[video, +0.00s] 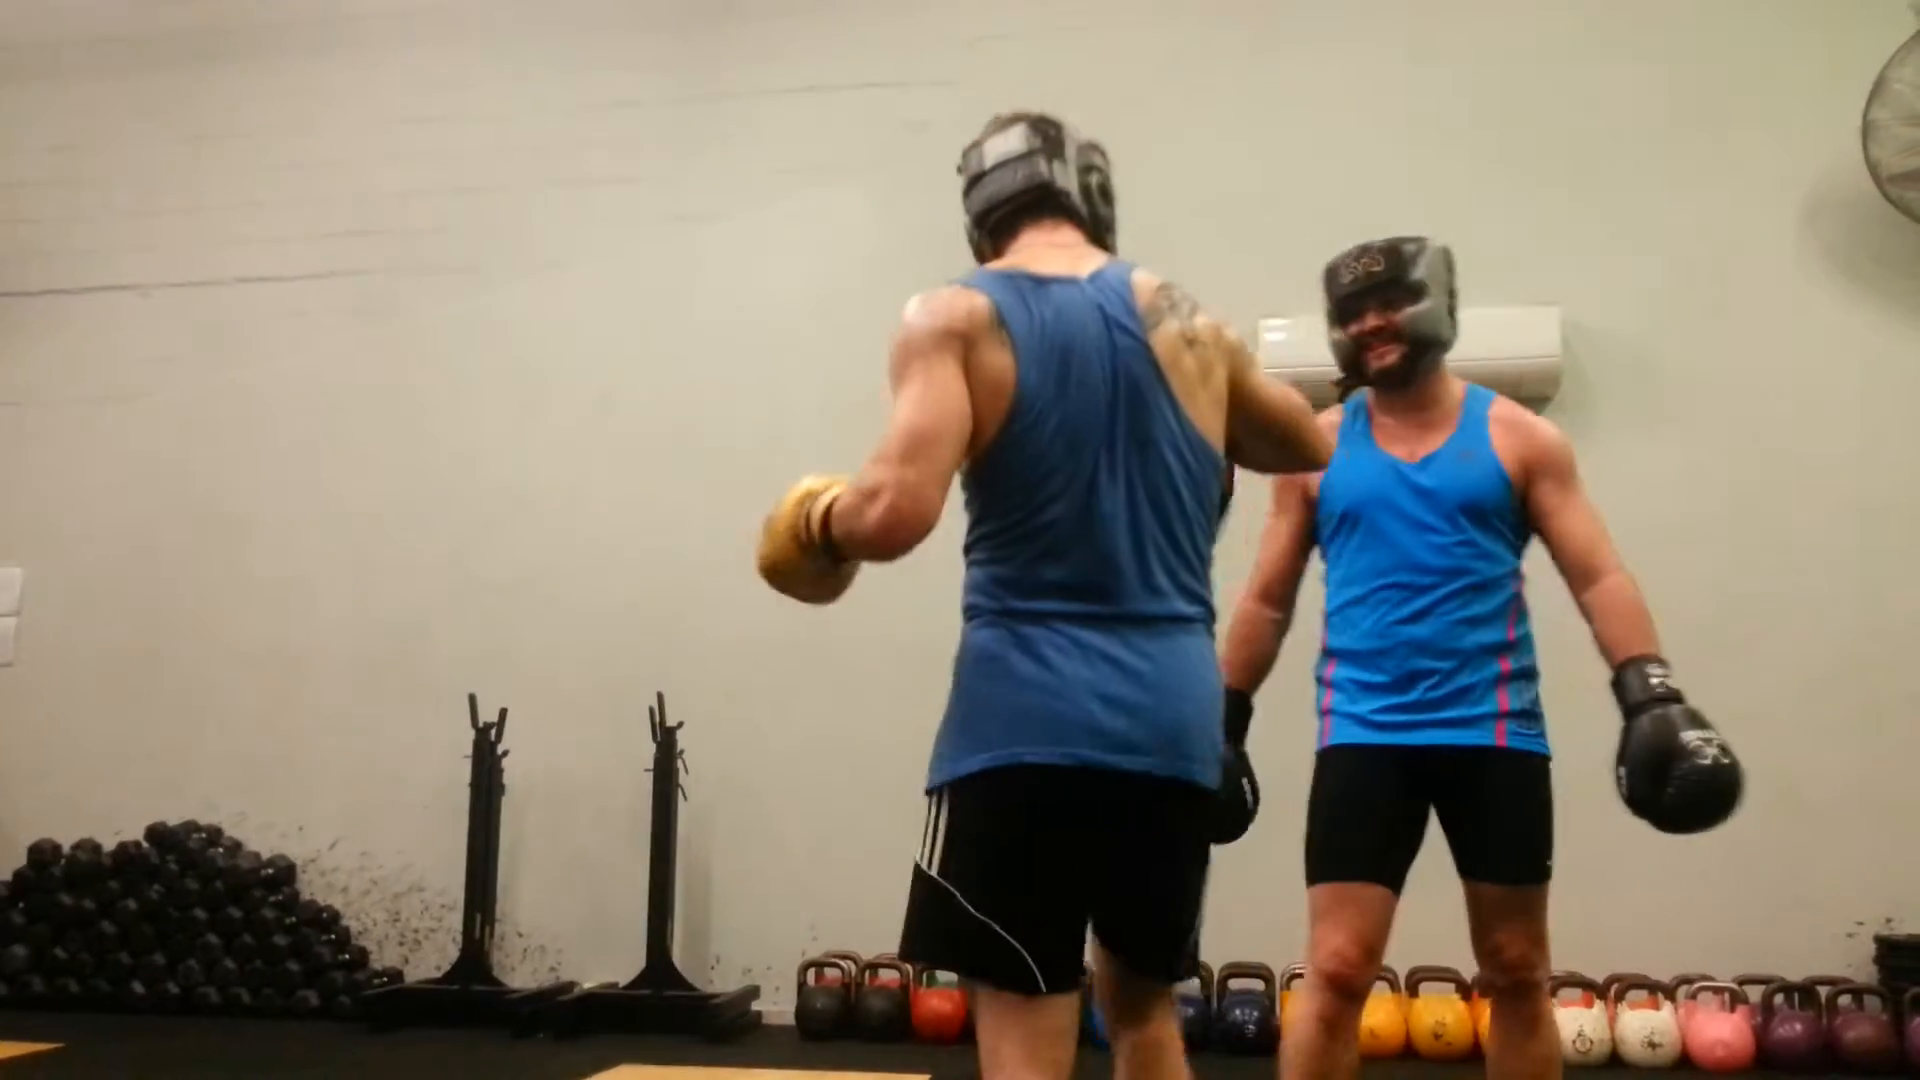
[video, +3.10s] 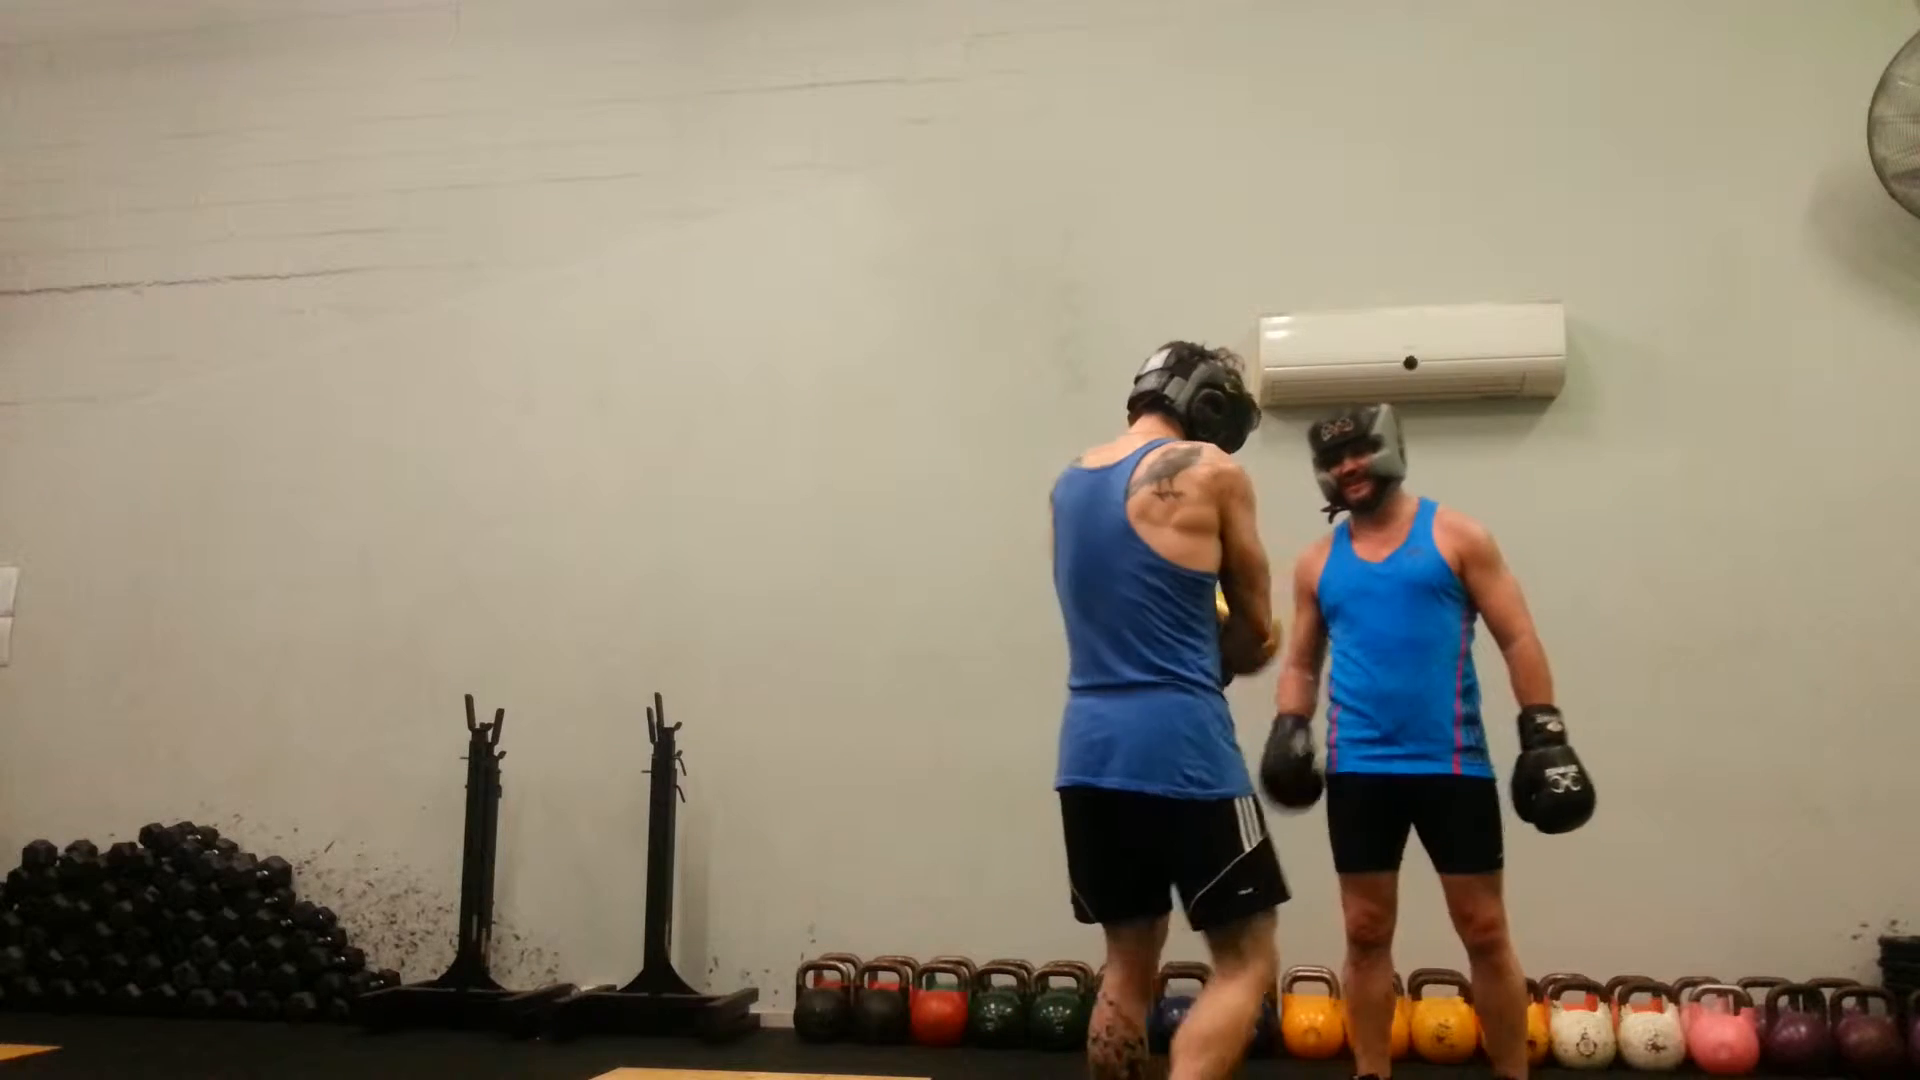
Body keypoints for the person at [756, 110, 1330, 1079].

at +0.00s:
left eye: (971, 213)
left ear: (979, 215)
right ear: (1096, 196)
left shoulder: (955, 317)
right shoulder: (1185, 326)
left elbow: (897, 515)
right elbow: (1307, 446)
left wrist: (823, 514)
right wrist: (1200, 413)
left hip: (1021, 728)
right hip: (1172, 731)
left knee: (1023, 1041)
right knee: (1143, 1004)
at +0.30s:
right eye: (1113, 251)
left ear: (1001, 267)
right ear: (1111, 259)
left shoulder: (964, 379)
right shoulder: (1180, 385)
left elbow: (900, 580)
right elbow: (1252, 497)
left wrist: (864, 549)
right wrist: (1147, 462)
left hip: (1013, 758)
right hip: (1150, 760)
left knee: (1001, 1033)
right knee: (1128, 1032)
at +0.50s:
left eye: (1031, 275)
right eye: (1141, 275)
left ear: (1032, 287)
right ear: (1138, 284)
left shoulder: (987, 395)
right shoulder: (1196, 408)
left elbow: (920, 573)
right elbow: (1199, 532)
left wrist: (930, 548)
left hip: (1013, 753)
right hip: (1151, 755)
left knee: (939, 986)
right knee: (1132, 1019)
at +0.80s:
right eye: (1148, 329)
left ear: (1042, 327)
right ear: (1138, 331)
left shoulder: (975, 420)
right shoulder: (1185, 452)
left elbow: (912, 587)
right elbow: (1186, 636)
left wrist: (982, 576)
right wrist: (1094, 614)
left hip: (1000, 763)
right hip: (1129, 767)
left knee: (940, 1010)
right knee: (1116, 1015)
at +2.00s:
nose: (1119, 376)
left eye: (1112, 361)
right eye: (1113, 363)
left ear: (1014, 372)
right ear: (1100, 373)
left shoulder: (952, 462)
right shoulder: (1111, 483)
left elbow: (891, 566)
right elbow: (1124, 657)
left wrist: (980, 608)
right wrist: (1161, 743)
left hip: (962, 758)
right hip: (1072, 764)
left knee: (955, 973)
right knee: (1100, 986)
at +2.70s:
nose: (1232, 413)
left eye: (1234, 402)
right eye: (1232, 399)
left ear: (1139, 386)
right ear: (1214, 392)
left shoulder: (1066, 454)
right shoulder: (1224, 486)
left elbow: (999, 535)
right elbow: (1254, 648)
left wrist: (1092, 563)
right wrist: (1216, 721)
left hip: (1060, 756)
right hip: (1161, 761)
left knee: (1094, 972)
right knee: (1145, 986)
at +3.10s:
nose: (1227, 440)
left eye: (1229, 430)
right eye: (1226, 426)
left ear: (1139, 401)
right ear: (1206, 408)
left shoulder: (1073, 476)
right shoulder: (1214, 469)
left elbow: (1102, 614)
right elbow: (1257, 631)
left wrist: (1208, 645)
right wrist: (1183, 662)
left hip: (1089, 761)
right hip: (1185, 762)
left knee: (1128, 959)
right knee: (1246, 962)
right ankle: (1179, 1078)